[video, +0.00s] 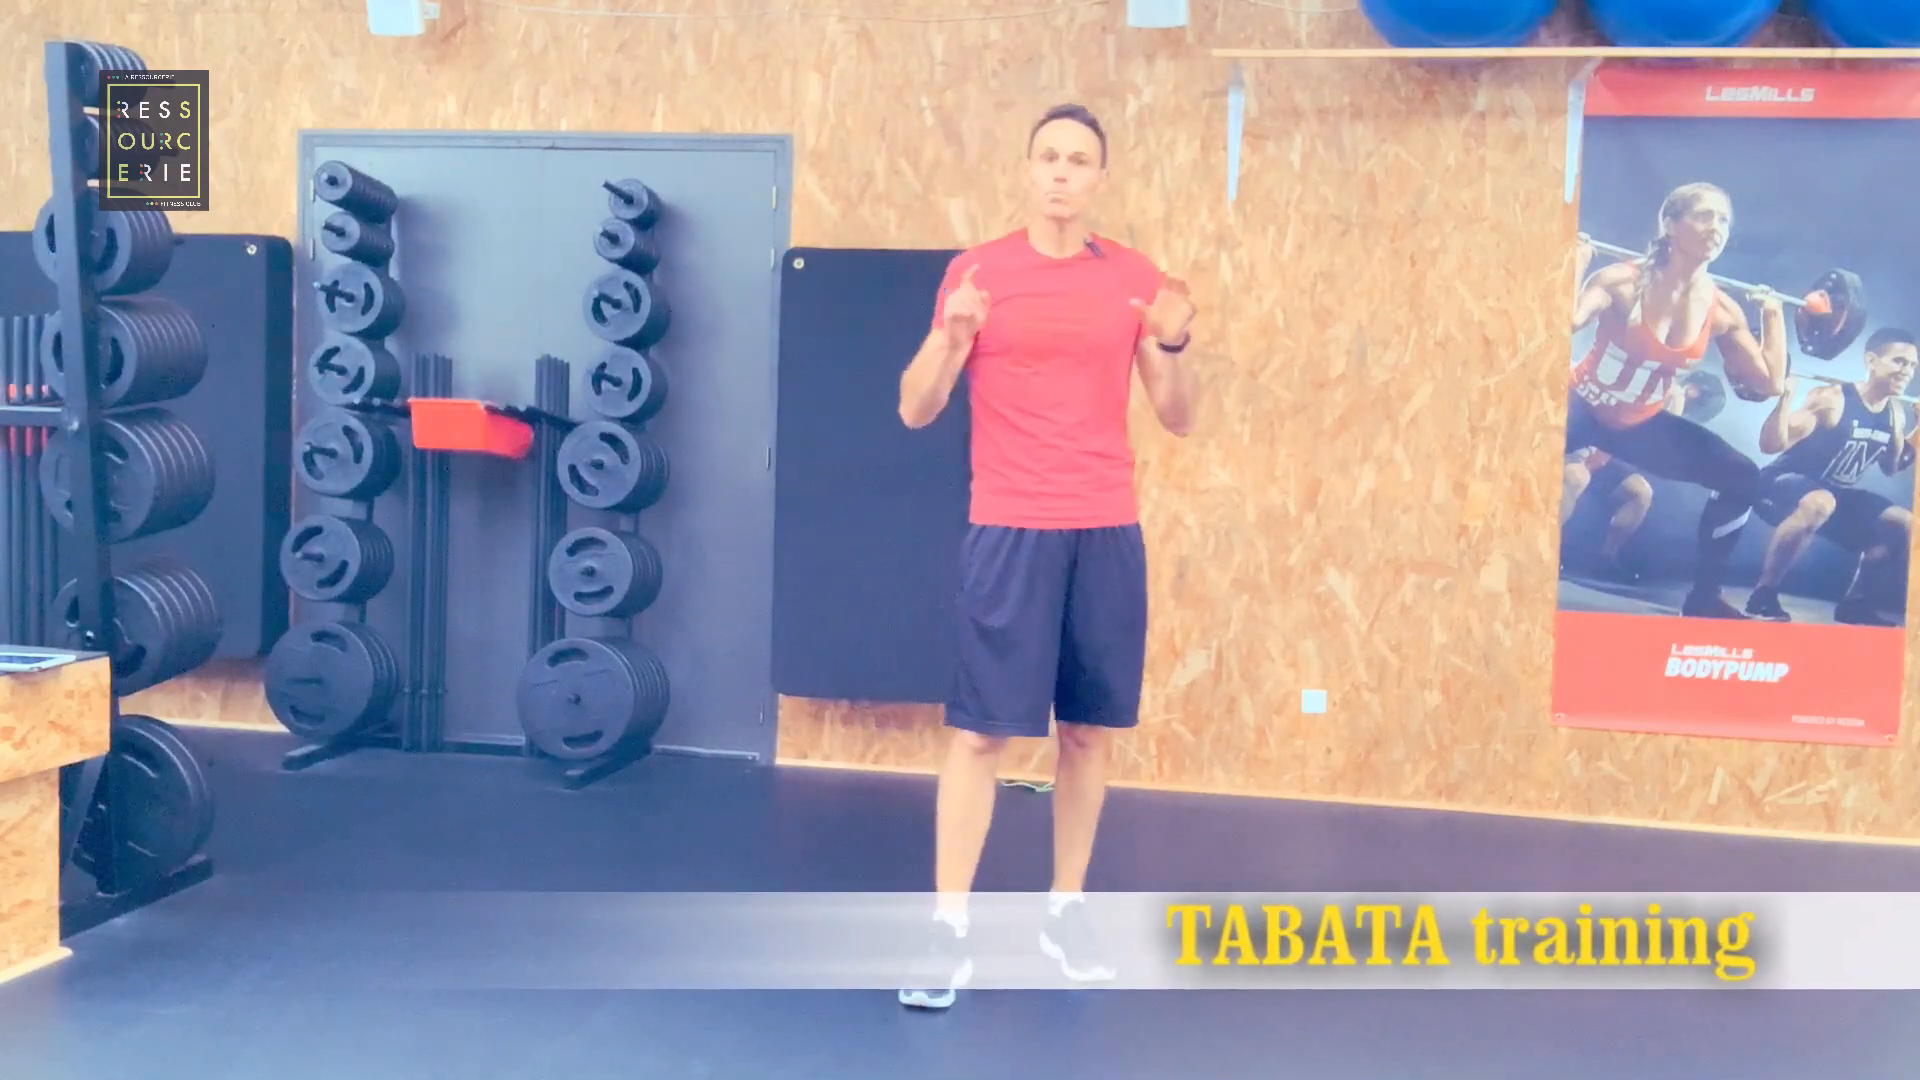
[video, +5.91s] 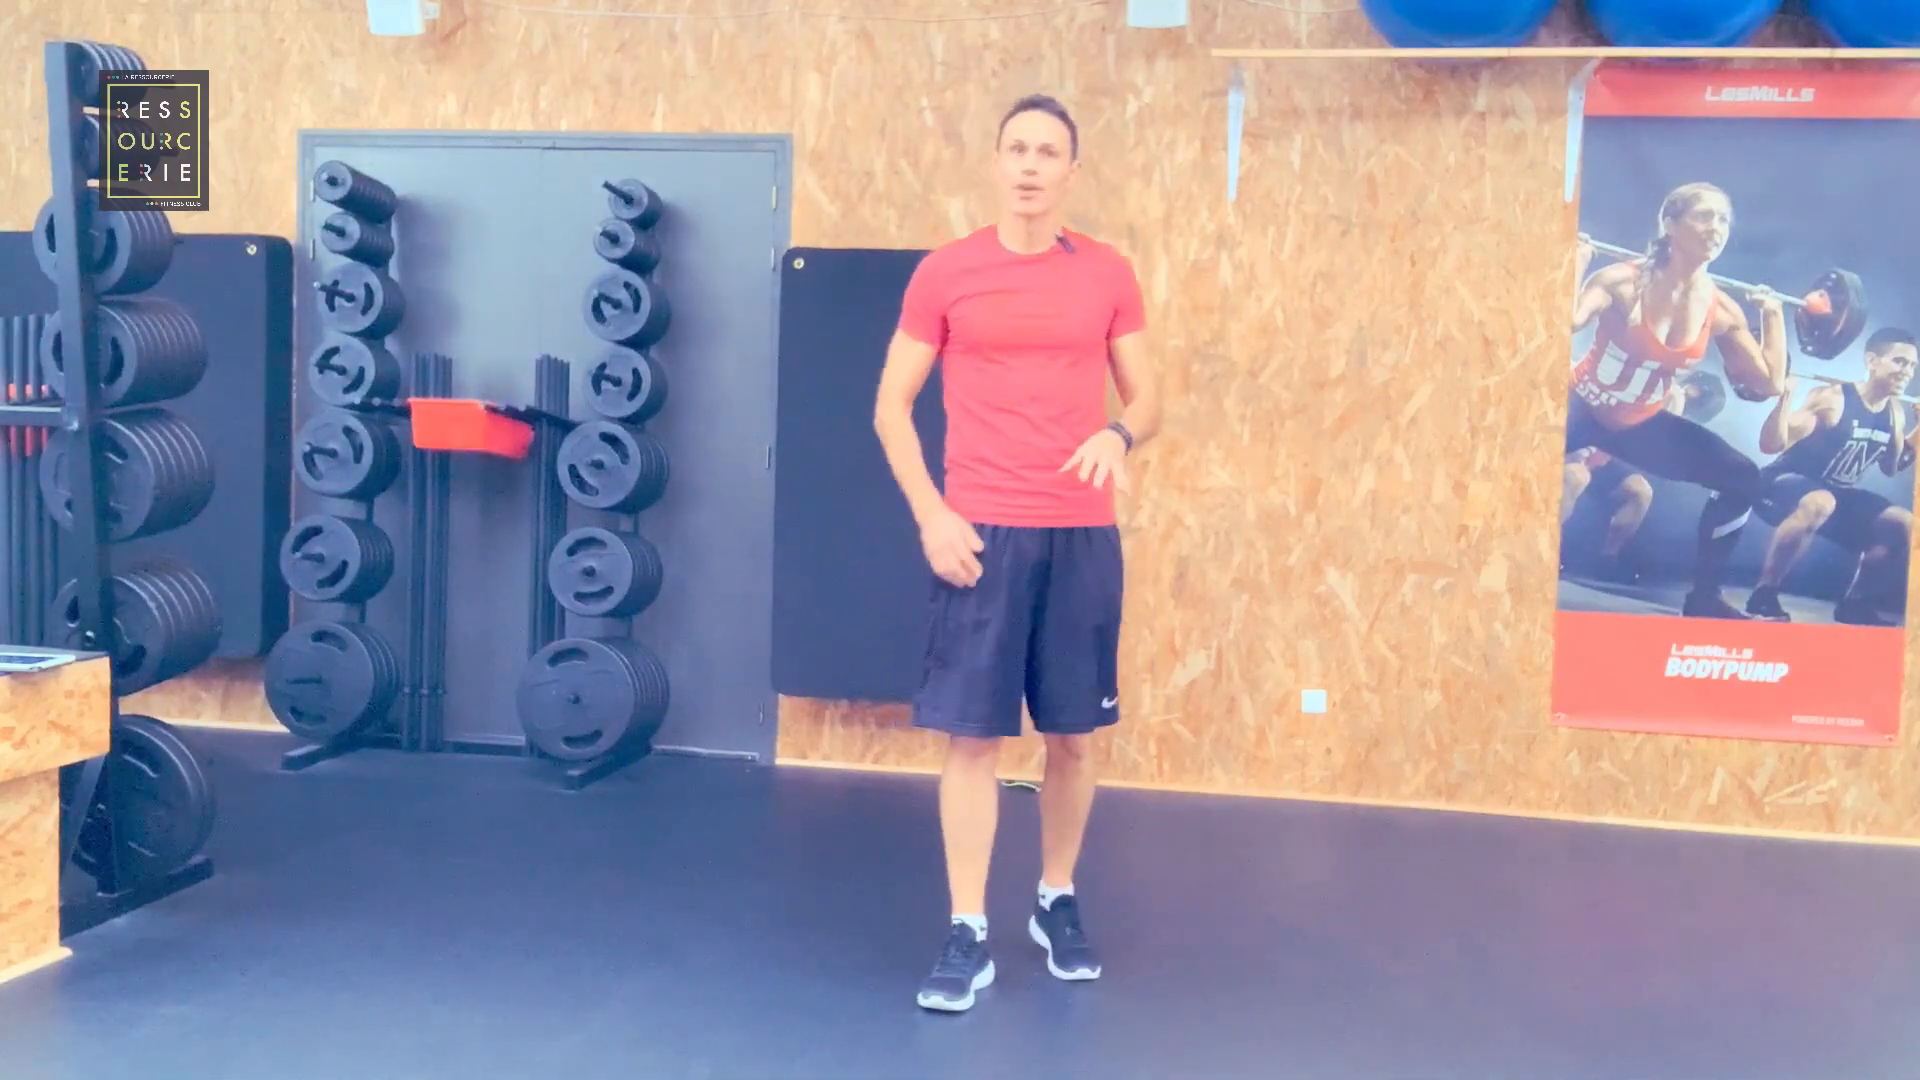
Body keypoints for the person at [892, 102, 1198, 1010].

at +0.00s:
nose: (1063, 174)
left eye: (1080, 162)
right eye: (1050, 159)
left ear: (1103, 180)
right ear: (1025, 172)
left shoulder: (1138, 280)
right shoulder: (976, 271)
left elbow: (1177, 418)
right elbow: (916, 411)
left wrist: (1174, 347)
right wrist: (950, 340)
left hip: (1106, 531)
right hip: (1007, 529)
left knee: (1085, 735)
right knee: (979, 733)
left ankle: (1062, 919)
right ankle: (948, 932)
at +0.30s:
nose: (1081, 185)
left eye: (1098, 172)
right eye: (1070, 169)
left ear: (1122, 188)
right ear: (1048, 177)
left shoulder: (1150, 284)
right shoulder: (993, 275)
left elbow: (1191, 408)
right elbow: (924, 393)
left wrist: (1180, 434)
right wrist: (959, 407)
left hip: (1108, 528)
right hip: (1010, 526)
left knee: (1087, 726)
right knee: (976, 724)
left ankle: (1067, 911)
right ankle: (956, 909)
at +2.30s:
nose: (1083, 217)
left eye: (1098, 206)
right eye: (1073, 203)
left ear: (1119, 222)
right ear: (1051, 212)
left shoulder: (1141, 314)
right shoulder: (1001, 301)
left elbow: (1152, 426)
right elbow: (952, 415)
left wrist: (1131, 528)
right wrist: (978, 517)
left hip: (1097, 533)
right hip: (1009, 528)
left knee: (1076, 701)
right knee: (981, 694)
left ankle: (1043, 850)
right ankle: (959, 864)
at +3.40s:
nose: (1004, 179)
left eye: (1019, 169)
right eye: (991, 168)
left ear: (1043, 192)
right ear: (969, 190)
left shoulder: (1074, 287)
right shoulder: (925, 283)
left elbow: (1110, 419)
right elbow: (884, 410)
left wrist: (1103, 392)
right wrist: (895, 520)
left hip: (1047, 521)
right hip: (951, 523)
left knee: (1063, 702)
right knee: (957, 702)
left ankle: (1071, 882)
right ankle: (961, 869)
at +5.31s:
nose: (997, 165)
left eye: (1015, 152)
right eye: (983, 149)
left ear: (1043, 167)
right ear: (962, 162)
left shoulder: (1081, 270)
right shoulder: (916, 270)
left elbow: (1117, 418)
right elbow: (874, 410)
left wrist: (1108, 389)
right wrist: (882, 536)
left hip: (1058, 533)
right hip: (951, 534)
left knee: (1086, 741)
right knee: (956, 740)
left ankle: (1073, 878)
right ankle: (964, 932)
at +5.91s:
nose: (1030, 166)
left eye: (1048, 152)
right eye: (1018, 150)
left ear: (1073, 170)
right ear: (994, 164)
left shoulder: (1106, 271)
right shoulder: (947, 269)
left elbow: (1143, 404)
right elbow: (890, 408)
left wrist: (1118, 435)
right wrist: (931, 513)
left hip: (1083, 533)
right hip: (982, 533)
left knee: (1071, 734)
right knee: (972, 735)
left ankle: (1058, 902)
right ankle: (966, 933)